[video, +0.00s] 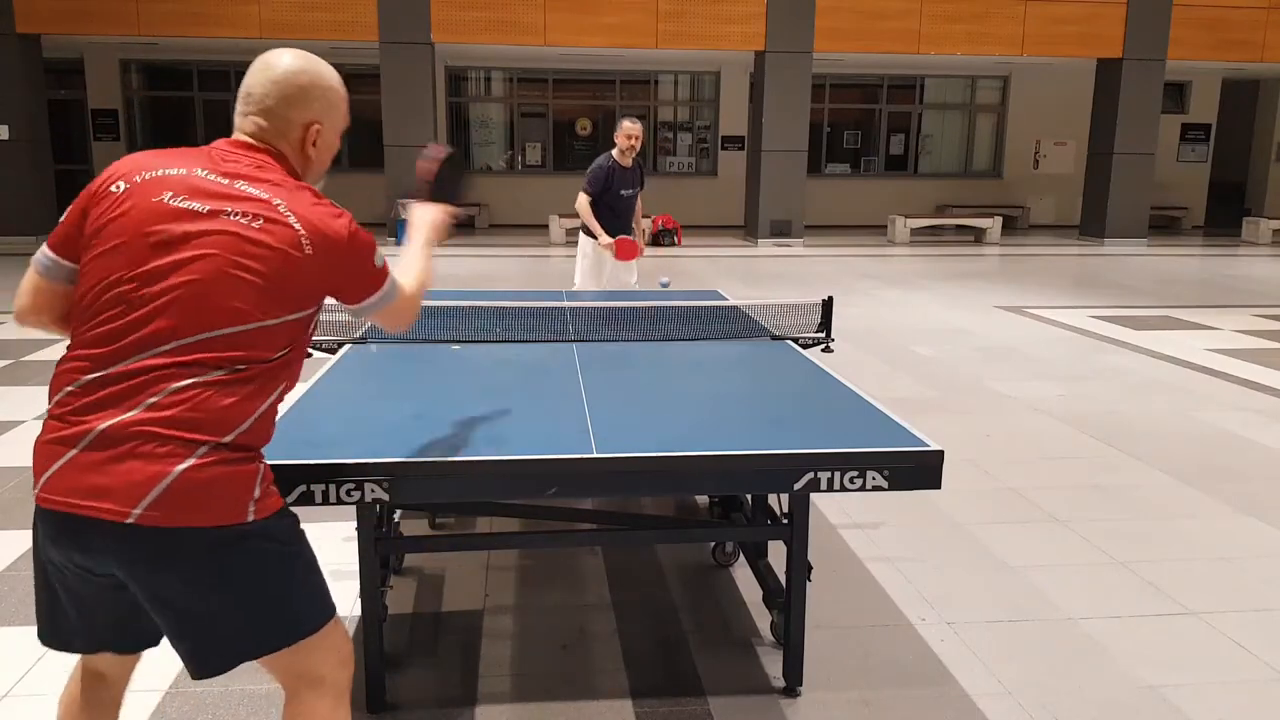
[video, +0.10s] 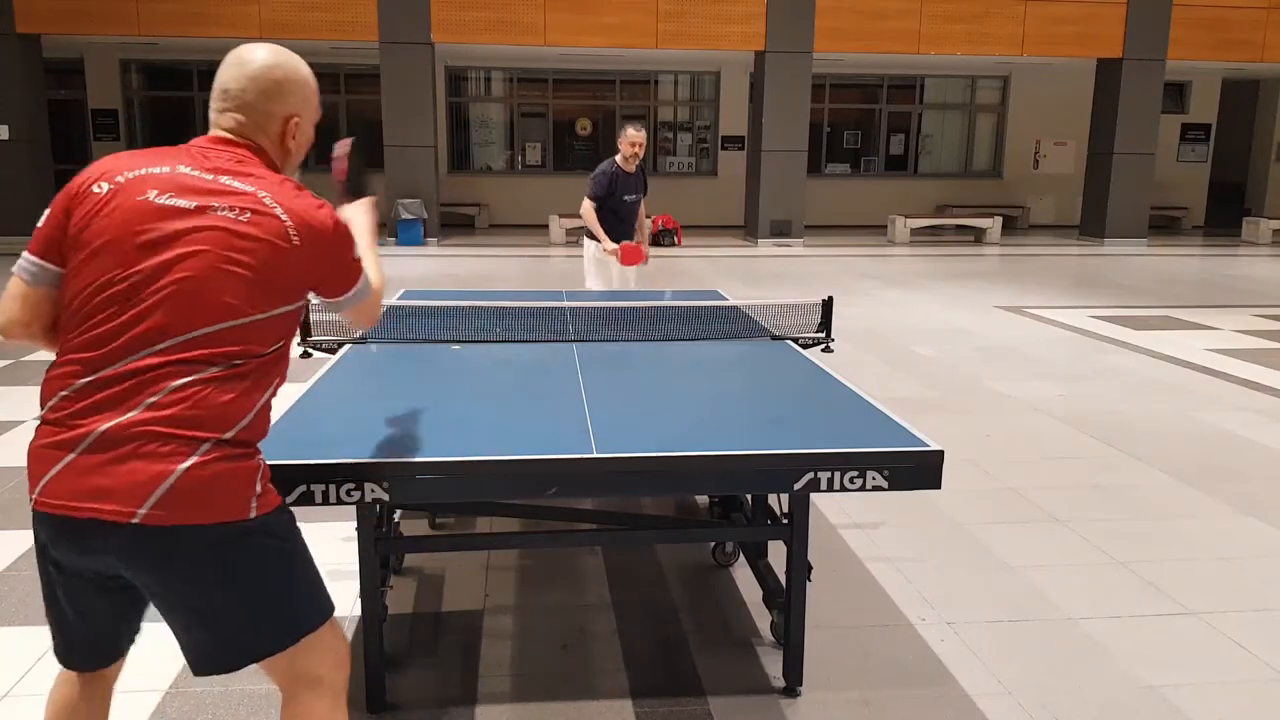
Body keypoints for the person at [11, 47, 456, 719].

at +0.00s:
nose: (335, 151)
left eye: (340, 136)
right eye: (337, 135)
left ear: (243, 115)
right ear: (312, 136)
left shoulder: (127, 174)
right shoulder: (318, 225)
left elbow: (36, 304)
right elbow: (400, 311)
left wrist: (136, 321)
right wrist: (422, 231)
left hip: (70, 495)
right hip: (201, 503)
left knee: (99, 665)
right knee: (321, 673)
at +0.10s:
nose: (311, 139)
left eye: (312, 125)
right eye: (310, 125)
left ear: (215, 112)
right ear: (290, 128)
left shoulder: (98, 178)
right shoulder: (302, 216)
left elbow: (20, 316)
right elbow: (365, 309)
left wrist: (117, 329)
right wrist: (361, 224)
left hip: (65, 495)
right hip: (200, 499)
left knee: (84, 671)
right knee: (318, 671)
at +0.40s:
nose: (255, 141)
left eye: (257, 126)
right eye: (255, 125)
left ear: (163, 116)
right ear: (235, 130)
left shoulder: (55, 184)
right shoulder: (229, 230)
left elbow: (7, 317)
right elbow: (254, 401)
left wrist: (95, 330)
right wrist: (296, 352)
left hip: (17, 483)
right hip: (133, 502)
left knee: (91, 642)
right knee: (265, 668)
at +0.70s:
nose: (311, 149)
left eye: (312, 132)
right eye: (311, 131)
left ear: (214, 118)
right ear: (288, 134)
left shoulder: (133, 172)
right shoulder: (237, 235)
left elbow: (150, 345)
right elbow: (256, 417)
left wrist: (288, 383)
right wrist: (329, 391)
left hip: (32, 462)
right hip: (121, 494)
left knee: (96, 633)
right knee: (252, 657)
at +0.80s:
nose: (339, 169)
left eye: (340, 153)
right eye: (339, 153)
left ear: (240, 137)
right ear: (314, 157)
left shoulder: (164, 184)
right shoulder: (253, 259)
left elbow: (170, 326)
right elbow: (287, 441)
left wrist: (277, 347)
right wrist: (363, 407)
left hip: (35, 468)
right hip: (126, 503)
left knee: (102, 633)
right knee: (265, 659)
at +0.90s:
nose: (363, 187)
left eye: (366, 170)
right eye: (364, 171)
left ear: (265, 154)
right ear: (337, 180)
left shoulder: (191, 195)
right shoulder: (260, 279)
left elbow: (217, 307)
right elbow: (298, 458)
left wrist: (319, 333)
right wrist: (389, 423)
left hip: (45, 470)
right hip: (123, 506)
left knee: (111, 631)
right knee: (269, 662)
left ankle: (52, 717)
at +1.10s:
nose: (382, 226)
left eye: (386, 211)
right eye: (383, 210)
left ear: (288, 184)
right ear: (352, 214)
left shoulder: (227, 217)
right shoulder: (244, 303)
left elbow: (314, 329)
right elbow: (193, 489)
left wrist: (376, 319)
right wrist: (339, 526)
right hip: (99, 503)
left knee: (135, 609)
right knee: (265, 657)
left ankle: (51, 712)